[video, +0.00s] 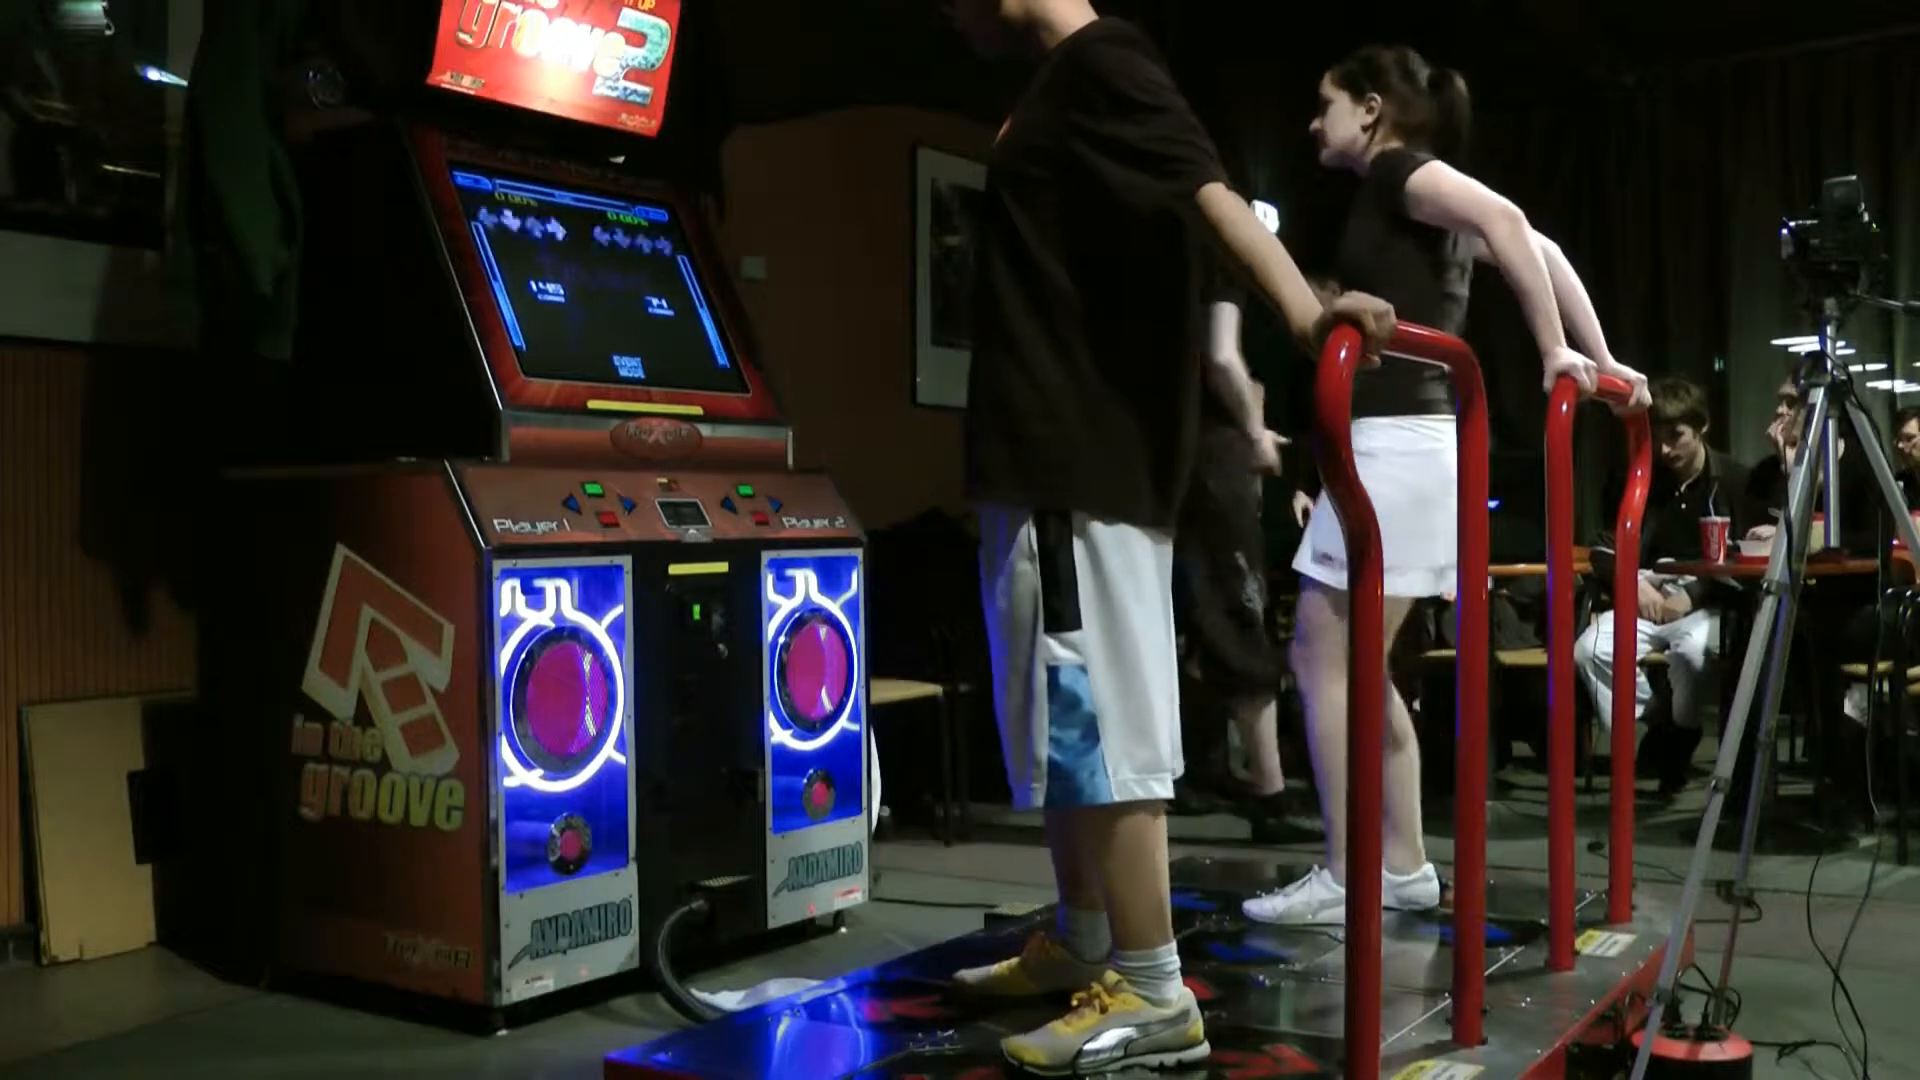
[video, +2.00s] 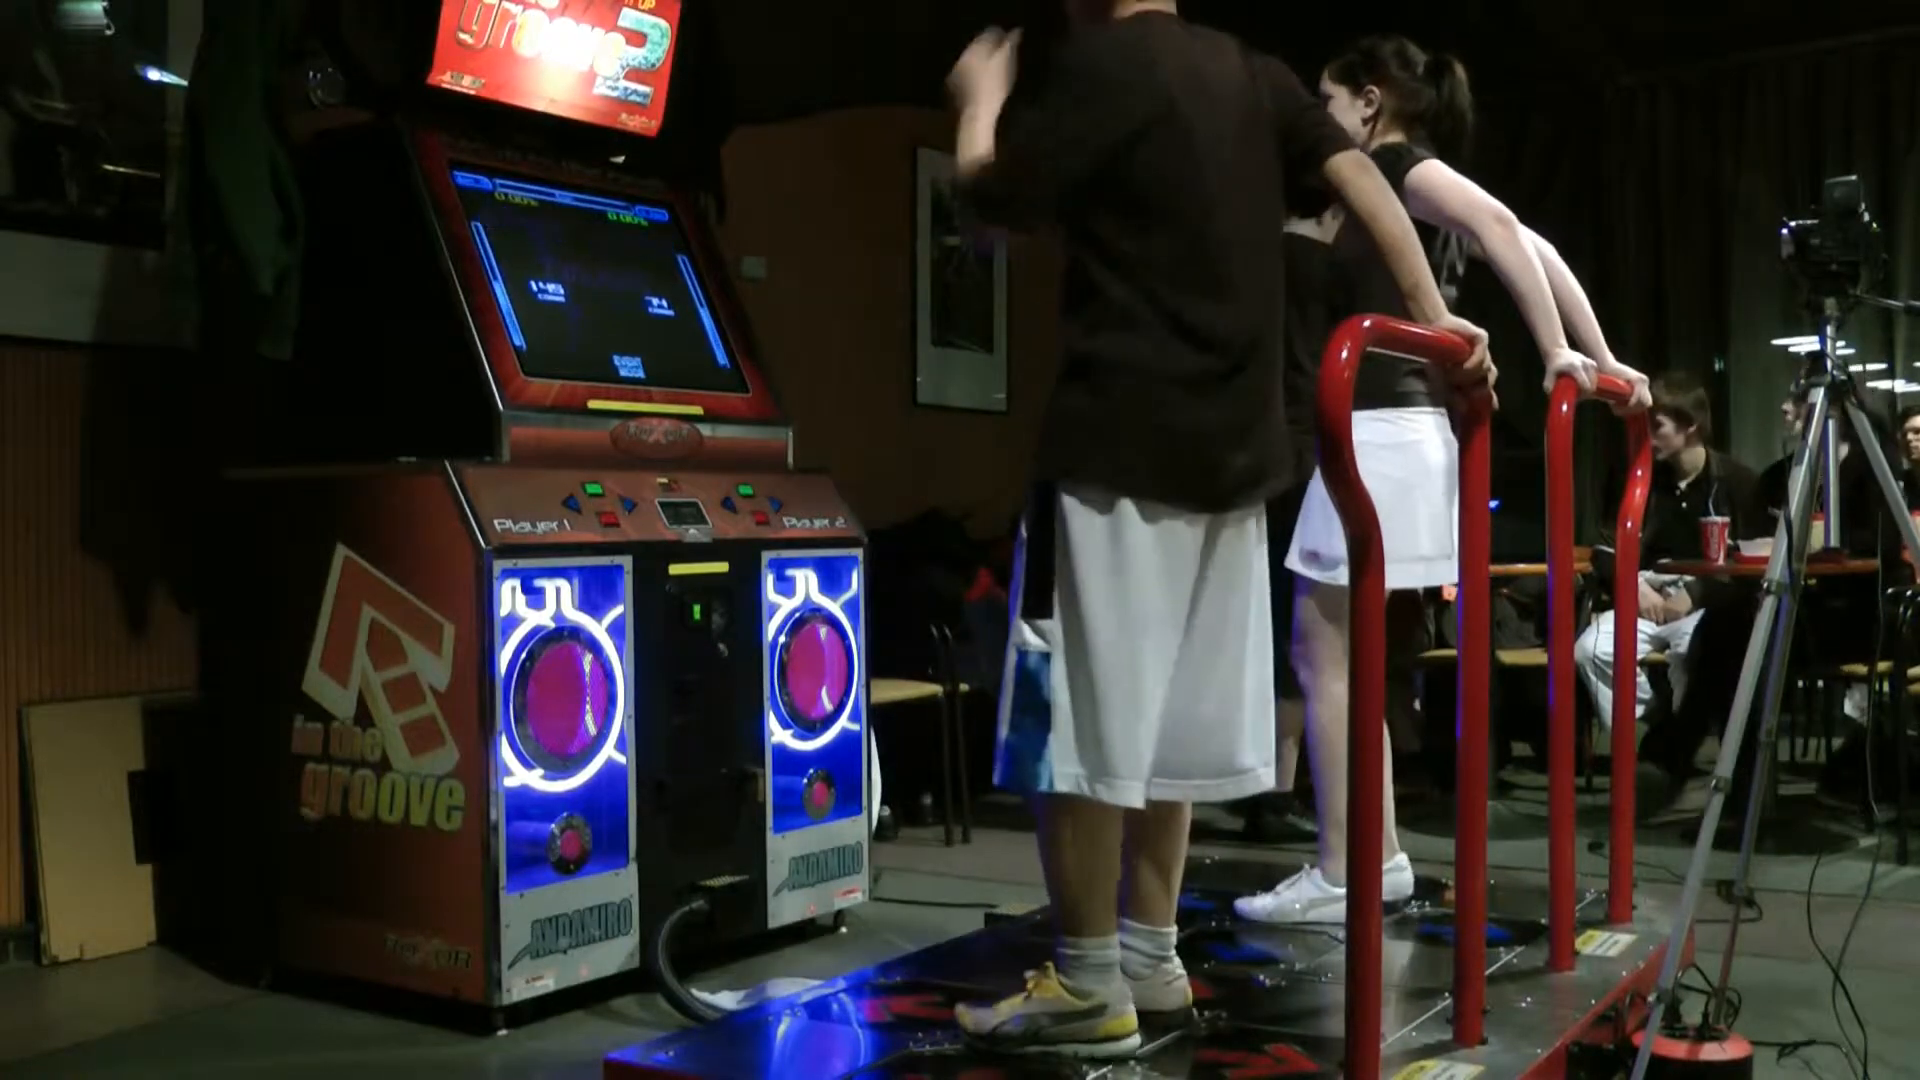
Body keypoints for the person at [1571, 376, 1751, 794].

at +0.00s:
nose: (1667, 448)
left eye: (1675, 435)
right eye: (1658, 438)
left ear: (1701, 428)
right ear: (1648, 437)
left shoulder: (1732, 480)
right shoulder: (1644, 479)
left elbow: (1744, 558)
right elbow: (1605, 548)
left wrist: (1691, 597)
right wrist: (1634, 586)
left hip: (1705, 602)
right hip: (1646, 597)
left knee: (1689, 653)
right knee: (1594, 649)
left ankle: (1683, 737)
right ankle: (1659, 731)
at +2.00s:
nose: (1650, 436)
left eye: (1658, 426)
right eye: (1649, 426)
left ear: (1691, 426)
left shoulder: (1736, 481)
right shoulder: (1645, 478)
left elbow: (1751, 563)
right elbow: (1605, 548)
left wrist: (1691, 595)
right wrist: (1635, 587)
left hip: (1704, 602)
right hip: (1646, 598)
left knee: (1692, 651)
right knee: (1592, 649)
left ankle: (1680, 749)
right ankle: (1658, 736)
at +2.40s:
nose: (1649, 435)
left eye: (1657, 426)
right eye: (1648, 425)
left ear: (1689, 427)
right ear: (1646, 425)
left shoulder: (1734, 480)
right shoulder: (1642, 477)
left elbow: (1747, 559)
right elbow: (1606, 547)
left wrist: (1692, 595)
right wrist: (1634, 587)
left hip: (1701, 601)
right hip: (1643, 597)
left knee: (1694, 650)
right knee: (1596, 648)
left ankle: (1678, 750)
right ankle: (1649, 739)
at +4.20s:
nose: (1663, 429)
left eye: (1674, 419)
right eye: (1657, 420)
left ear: (1702, 423)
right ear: (1650, 424)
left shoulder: (1734, 481)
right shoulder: (1640, 476)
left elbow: (1746, 563)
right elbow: (1606, 549)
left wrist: (1691, 598)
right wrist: (1636, 588)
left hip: (1701, 605)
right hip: (1645, 601)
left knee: (1686, 655)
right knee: (1594, 650)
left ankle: (1689, 745)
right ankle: (1655, 734)